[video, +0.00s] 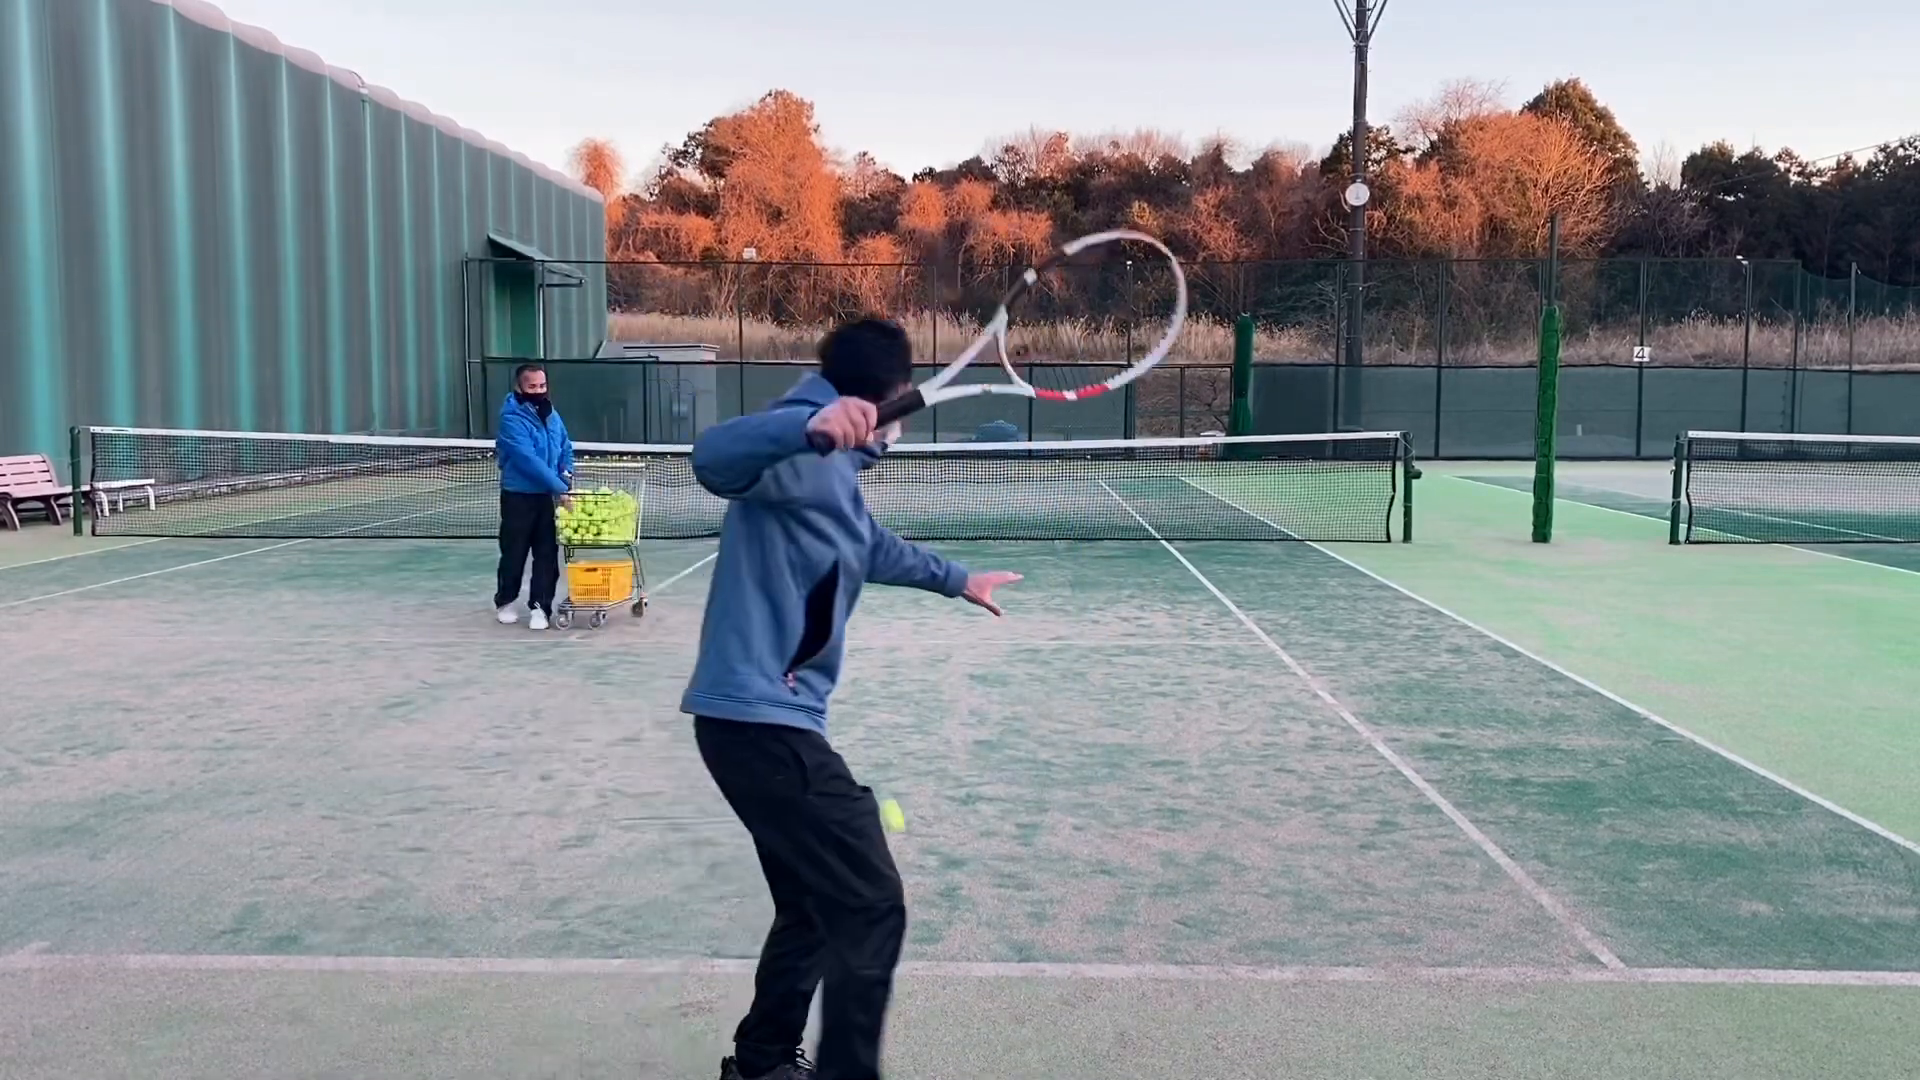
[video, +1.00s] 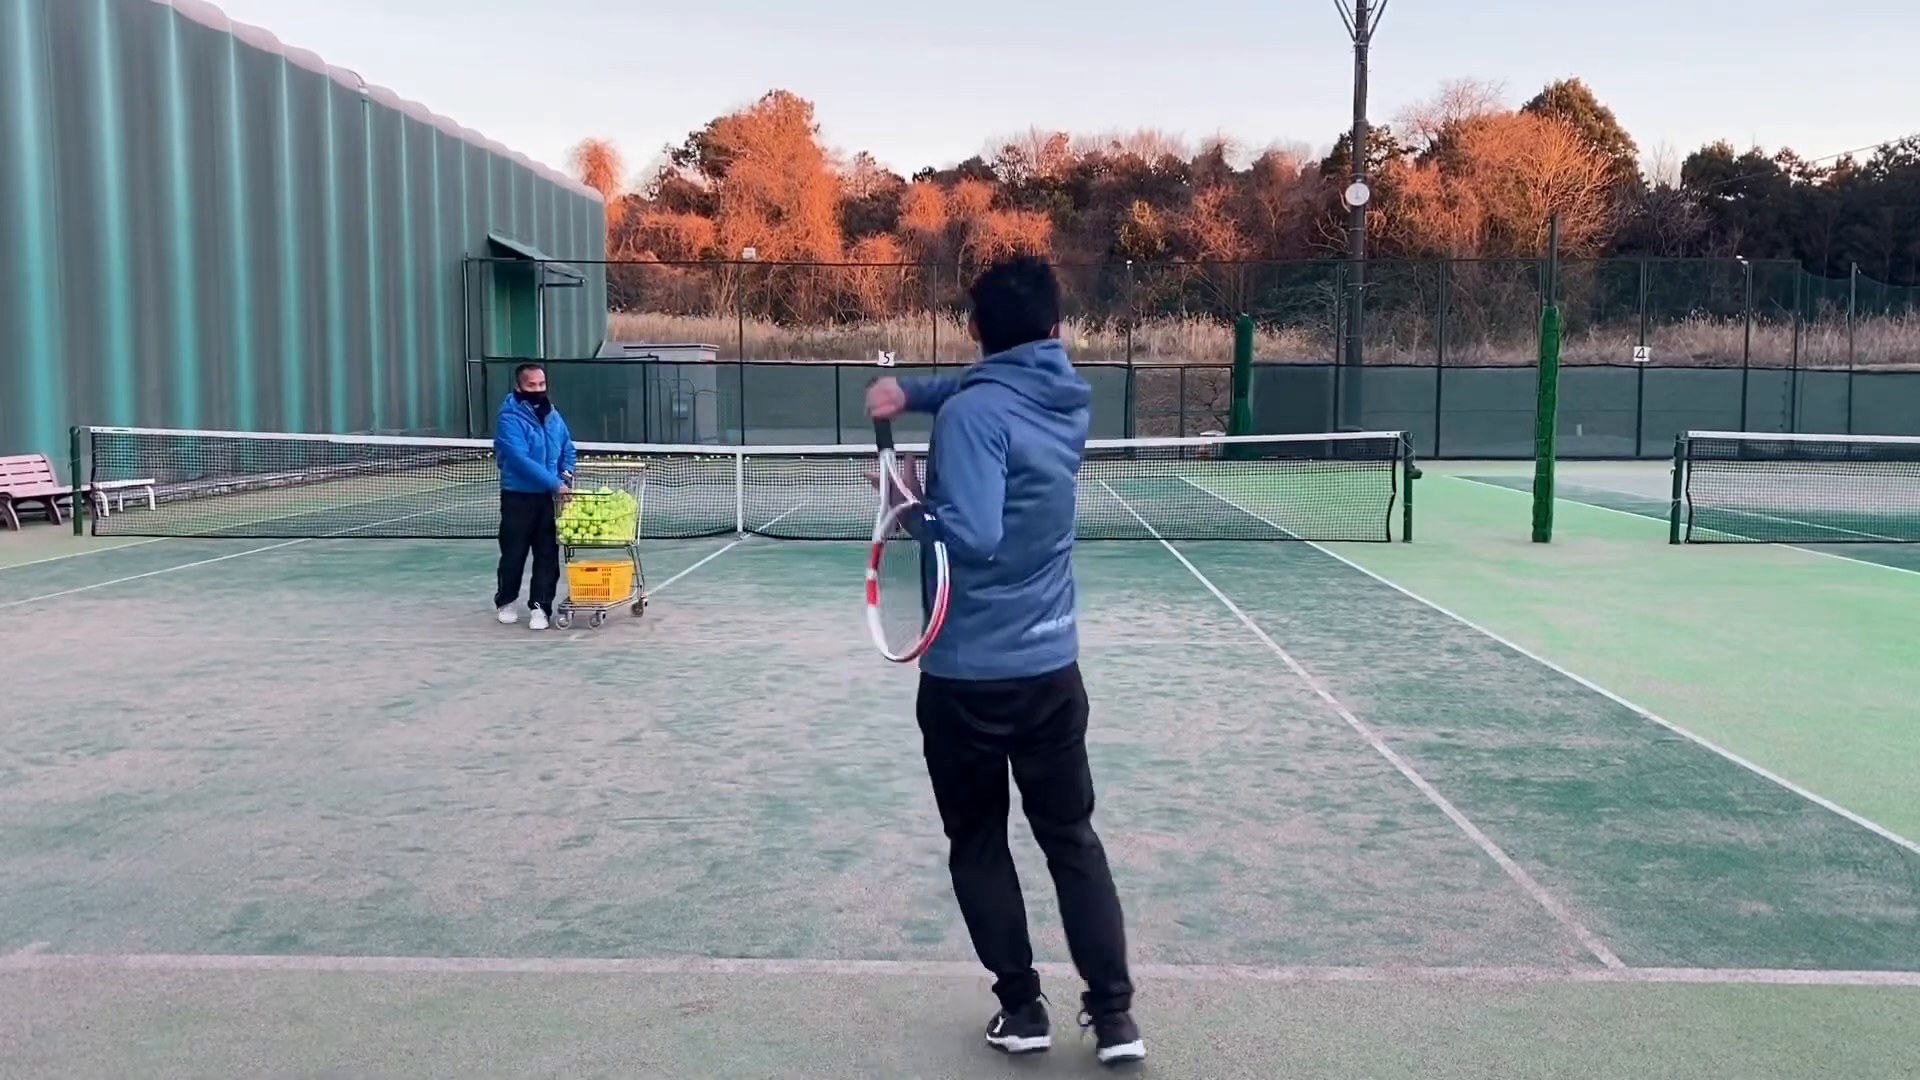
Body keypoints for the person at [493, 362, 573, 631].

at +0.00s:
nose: (539, 391)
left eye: (542, 385)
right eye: (532, 386)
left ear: (546, 385)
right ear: (519, 387)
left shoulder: (551, 414)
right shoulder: (511, 418)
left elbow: (565, 447)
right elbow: (526, 458)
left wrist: (565, 472)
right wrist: (559, 488)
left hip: (547, 492)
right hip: (518, 493)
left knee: (546, 554)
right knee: (514, 552)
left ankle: (540, 608)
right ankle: (506, 602)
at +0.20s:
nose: (541, 390)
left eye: (544, 385)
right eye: (534, 386)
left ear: (548, 385)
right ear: (521, 388)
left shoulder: (552, 413)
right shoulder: (512, 418)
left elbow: (566, 447)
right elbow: (528, 458)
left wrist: (566, 471)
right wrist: (559, 488)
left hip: (548, 492)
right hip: (519, 493)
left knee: (547, 554)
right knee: (515, 552)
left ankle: (540, 608)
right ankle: (506, 602)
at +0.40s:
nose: (541, 390)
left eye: (544, 384)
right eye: (534, 386)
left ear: (548, 384)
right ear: (521, 388)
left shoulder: (552, 413)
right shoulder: (513, 417)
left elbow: (566, 447)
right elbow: (528, 458)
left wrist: (566, 469)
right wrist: (558, 488)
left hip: (549, 491)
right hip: (519, 493)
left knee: (547, 554)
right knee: (515, 552)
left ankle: (540, 608)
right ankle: (506, 602)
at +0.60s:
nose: (541, 390)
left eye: (544, 384)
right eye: (535, 386)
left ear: (548, 384)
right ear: (521, 387)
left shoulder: (552, 413)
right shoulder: (511, 417)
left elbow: (567, 447)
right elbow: (524, 458)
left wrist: (567, 470)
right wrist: (557, 488)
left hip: (548, 492)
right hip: (519, 493)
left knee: (547, 554)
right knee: (515, 552)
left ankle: (540, 608)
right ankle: (506, 602)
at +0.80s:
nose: (540, 390)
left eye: (543, 385)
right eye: (534, 386)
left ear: (546, 384)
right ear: (520, 387)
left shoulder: (552, 413)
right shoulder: (510, 417)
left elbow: (567, 447)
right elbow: (522, 458)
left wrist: (567, 470)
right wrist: (556, 487)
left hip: (548, 492)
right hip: (518, 493)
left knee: (547, 554)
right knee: (514, 552)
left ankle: (540, 607)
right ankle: (506, 602)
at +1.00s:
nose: (538, 389)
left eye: (542, 384)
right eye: (532, 384)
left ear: (546, 384)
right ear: (519, 386)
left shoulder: (552, 414)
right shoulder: (509, 417)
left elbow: (568, 447)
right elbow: (519, 458)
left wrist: (566, 471)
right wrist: (555, 484)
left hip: (548, 493)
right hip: (518, 494)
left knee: (547, 554)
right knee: (514, 552)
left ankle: (541, 607)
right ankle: (506, 602)